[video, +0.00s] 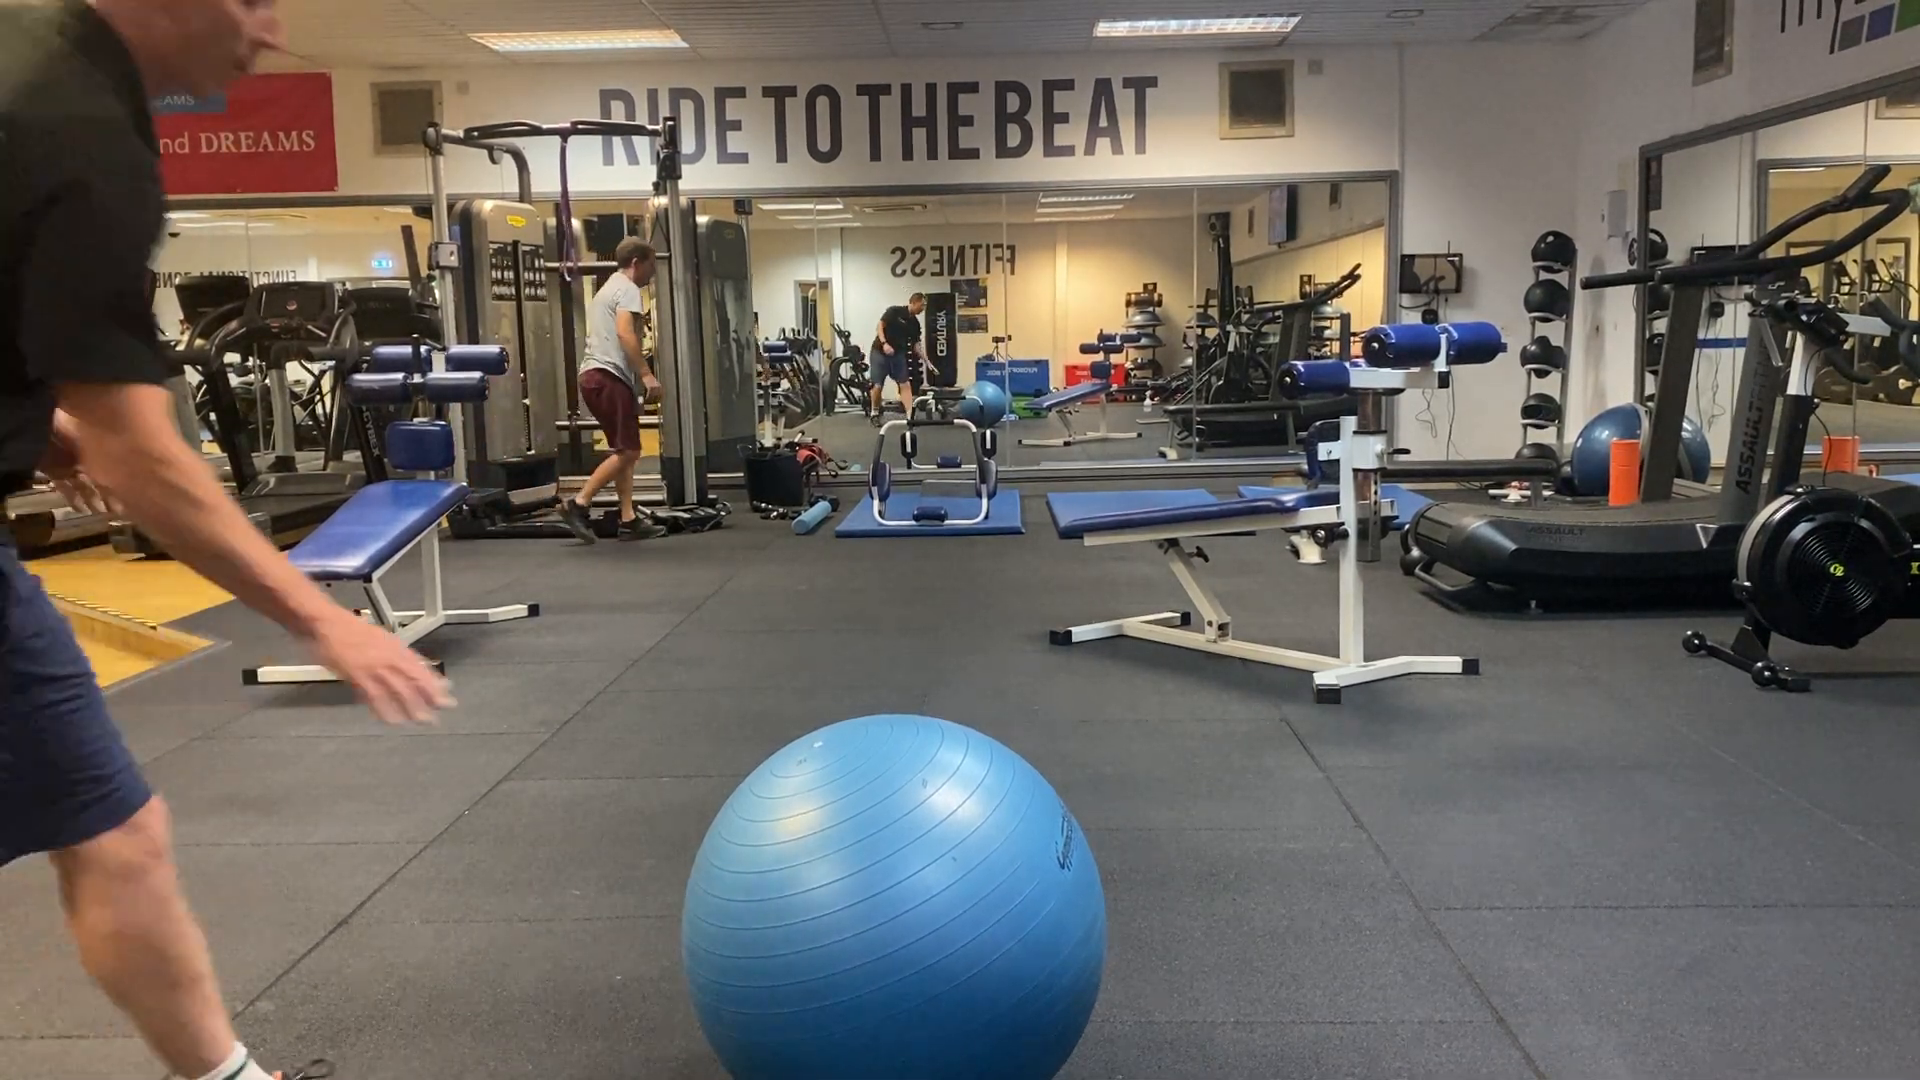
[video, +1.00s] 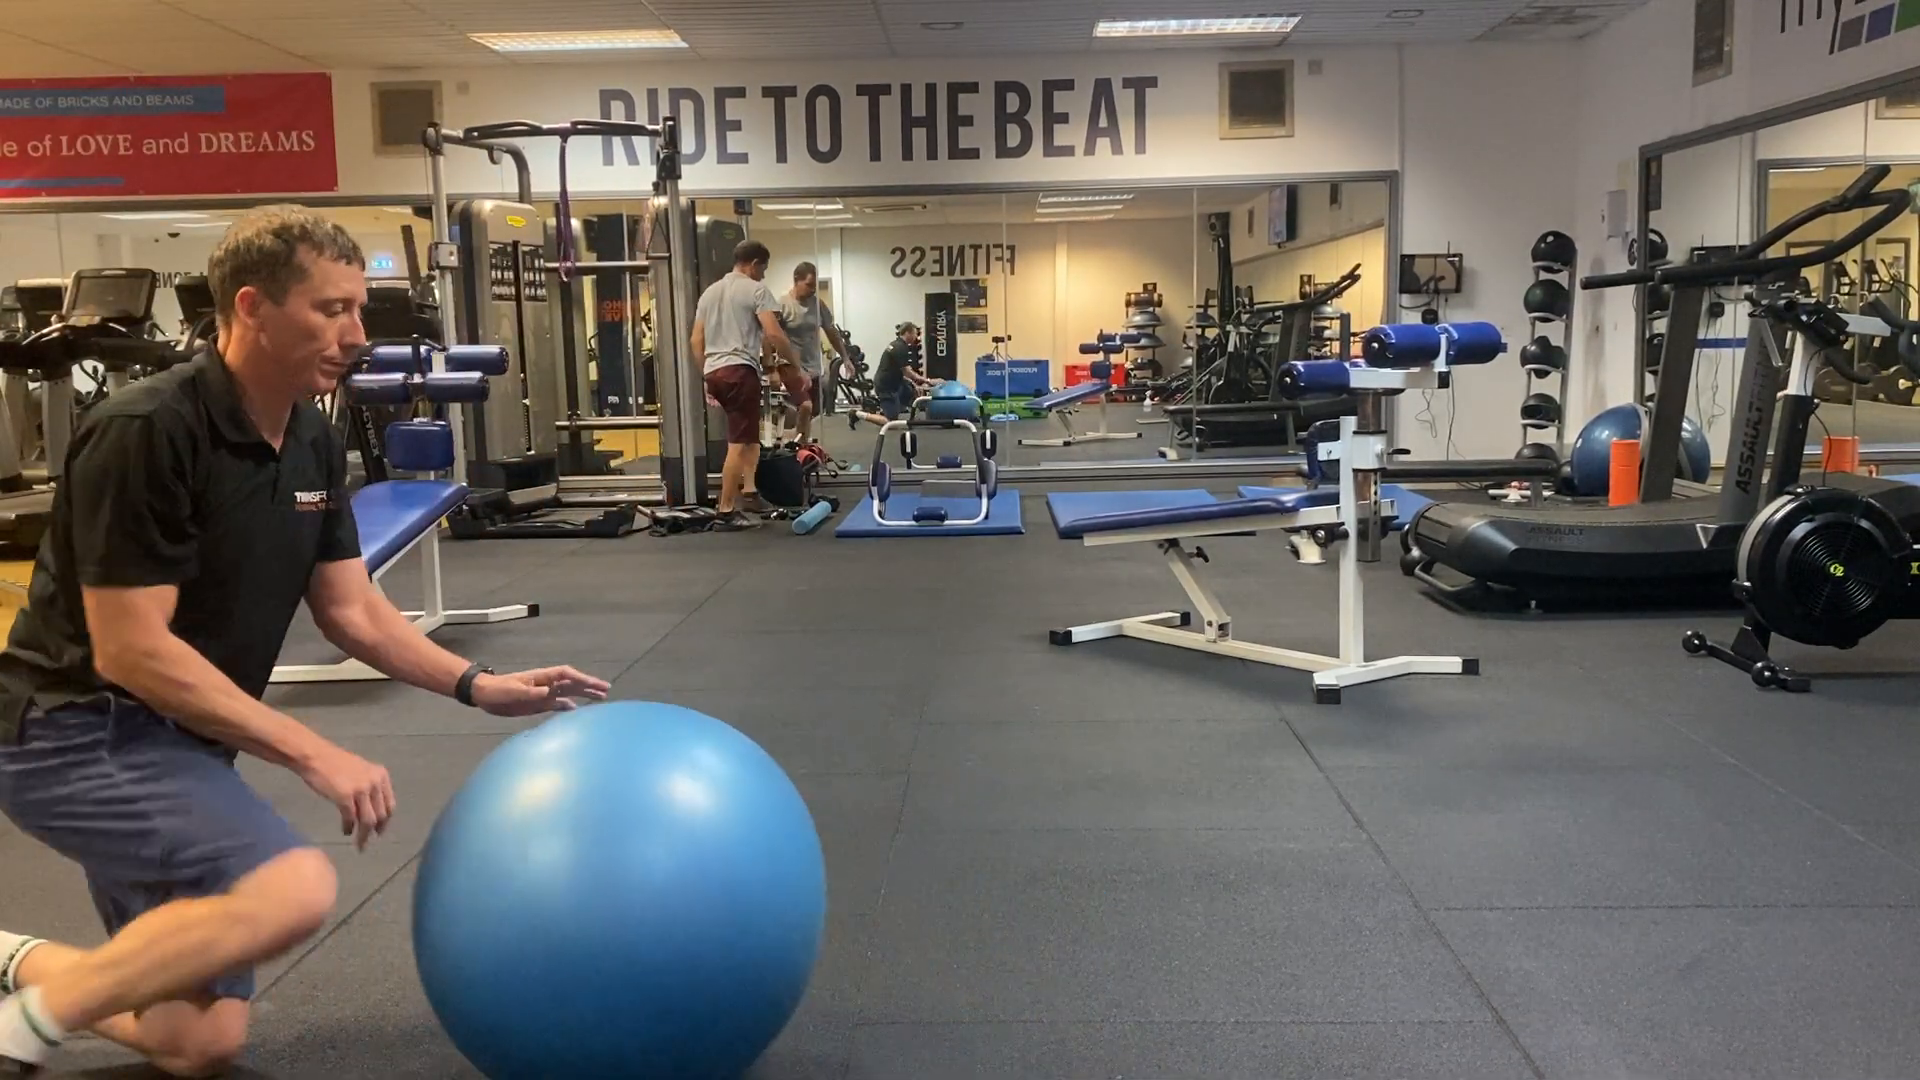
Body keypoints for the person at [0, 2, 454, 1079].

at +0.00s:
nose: (270, 33)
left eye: (273, 9)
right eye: (254, 4)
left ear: (156, 1)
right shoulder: (79, 127)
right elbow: (130, 453)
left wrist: (50, 424)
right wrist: (324, 621)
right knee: (114, 828)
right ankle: (223, 1071)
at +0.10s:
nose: (386, 155)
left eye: (393, 129)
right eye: (371, 126)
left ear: (268, 105)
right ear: (280, 105)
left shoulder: (125, 115)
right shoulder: (209, 253)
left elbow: (14, 296)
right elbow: (312, 523)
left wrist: (63, 479)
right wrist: (500, 653)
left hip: (25, 539)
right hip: (16, 551)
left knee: (17, 778)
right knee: (232, 790)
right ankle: (250, 1065)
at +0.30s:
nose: (493, 336)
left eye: (502, 311)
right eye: (483, 311)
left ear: (391, 274)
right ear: (398, 288)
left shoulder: (264, 263)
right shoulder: (332, 414)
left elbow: (95, 389)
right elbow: (519, 609)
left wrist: (149, 575)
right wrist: (715, 706)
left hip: (20, 561)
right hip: (40, 595)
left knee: (61, 837)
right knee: (317, 787)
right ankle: (260, 1061)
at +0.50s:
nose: (482, 392)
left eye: (486, 368)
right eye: (465, 369)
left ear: (373, 365)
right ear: (372, 368)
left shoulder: (290, 389)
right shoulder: (289, 471)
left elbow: (227, 542)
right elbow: (437, 688)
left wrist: (291, 688)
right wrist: (626, 762)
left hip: (71, 670)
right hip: (63, 680)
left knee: (151, 965)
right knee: (367, 792)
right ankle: (272, 1065)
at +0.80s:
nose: (376, 347)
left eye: (373, 322)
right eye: (348, 325)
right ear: (264, 347)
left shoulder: (335, 452)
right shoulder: (176, 464)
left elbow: (341, 613)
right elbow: (275, 689)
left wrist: (461, 721)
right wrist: (442, 790)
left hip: (169, 716)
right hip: (56, 712)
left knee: (198, 1037)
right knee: (301, 780)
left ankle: (10, 956)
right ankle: (264, 1063)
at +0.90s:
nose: (367, 342)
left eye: (364, 318)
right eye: (339, 318)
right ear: (256, 330)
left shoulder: (321, 440)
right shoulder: (160, 446)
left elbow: (354, 620)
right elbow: (212, 670)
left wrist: (478, 695)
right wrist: (378, 786)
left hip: (172, 715)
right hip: (53, 707)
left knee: (216, 1022)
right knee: (289, 785)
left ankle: (13, 954)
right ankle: (189, 1060)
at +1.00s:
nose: (357, 335)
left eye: (359, 311)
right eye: (332, 309)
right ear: (252, 312)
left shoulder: (310, 437)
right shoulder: (144, 430)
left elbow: (348, 605)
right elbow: (129, 649)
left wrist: (477, 684)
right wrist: (314, 753)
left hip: (182, 731)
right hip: (71, 726)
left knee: (203, 1036)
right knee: (293, 887)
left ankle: (28, 966)